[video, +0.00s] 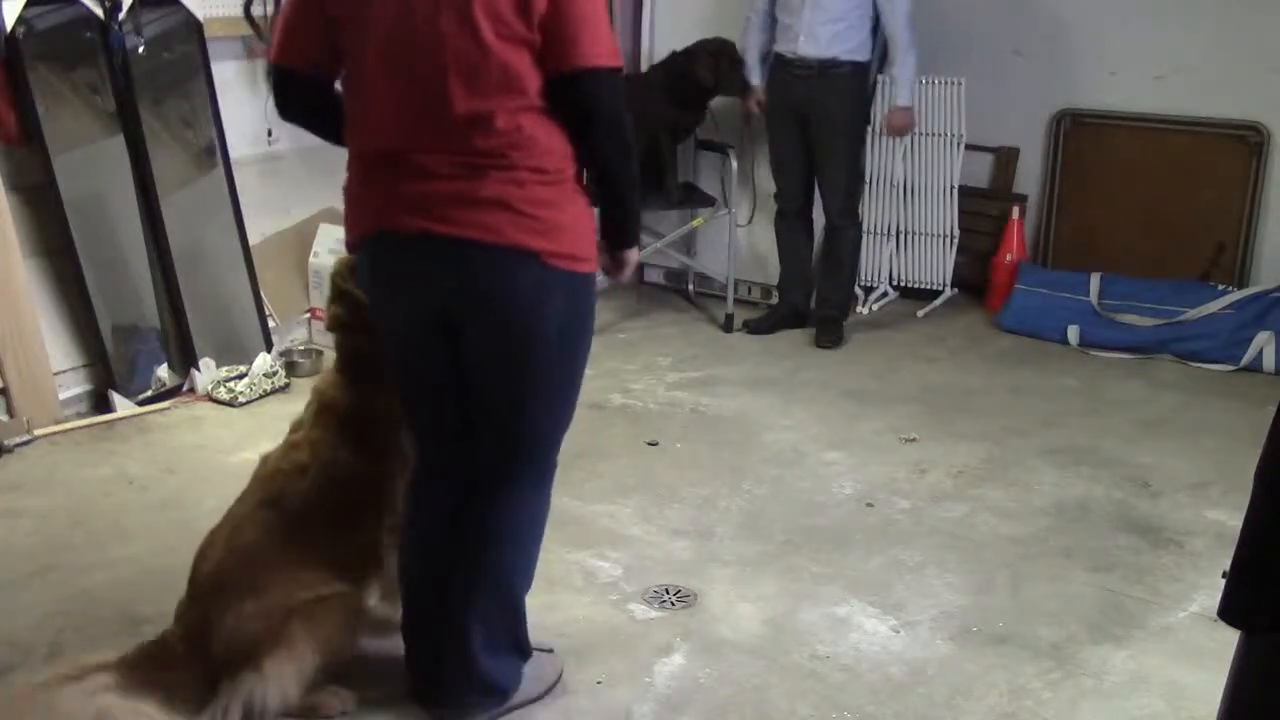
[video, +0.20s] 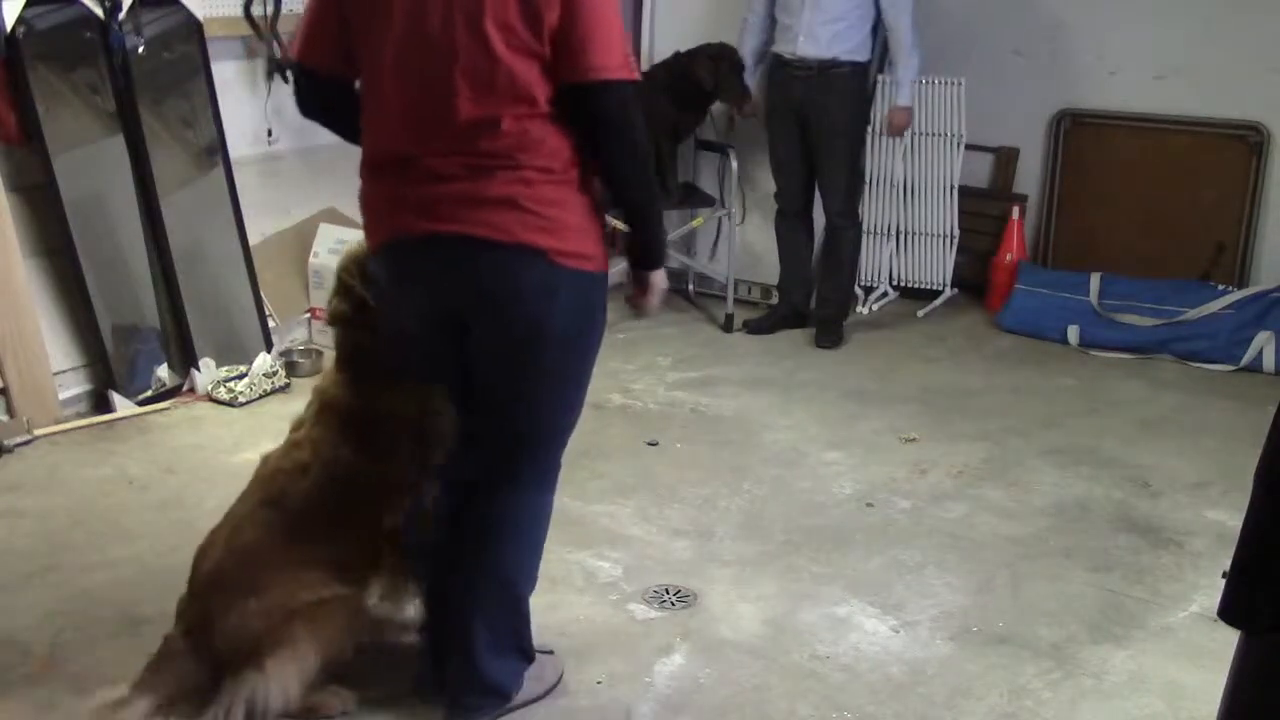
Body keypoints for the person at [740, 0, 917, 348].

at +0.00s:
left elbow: (898, 23)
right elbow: (759, 13)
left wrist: (902, 100)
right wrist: (755, 77)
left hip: (843, 80)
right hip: (786, 77)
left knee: (840, 209)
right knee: (790, 204)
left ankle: (831, 314)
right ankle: (793, 306)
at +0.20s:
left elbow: (900, 22)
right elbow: (758, 14)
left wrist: (903, 99)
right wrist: (744, 79)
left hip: (842, 81)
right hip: (785, 78)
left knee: (839, 209)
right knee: (790, 204)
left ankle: (831, 315)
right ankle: (792, 306)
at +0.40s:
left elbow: (891, 24)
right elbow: (758, 12)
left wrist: (877, 97)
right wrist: (735, 76)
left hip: (842, 79)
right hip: (786, 77)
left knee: (838, 210)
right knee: (790, 204)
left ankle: (831, 315)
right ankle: (792, 306)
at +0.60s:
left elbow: (890, 22)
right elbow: (757, 14)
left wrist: (867, 93)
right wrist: (731, 77)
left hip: (840, 81)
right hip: (784, 78)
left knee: (839, 209)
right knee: (789, 204)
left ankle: (831, 314)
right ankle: (792, 305)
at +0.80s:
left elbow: (888, 21)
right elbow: (756, 15)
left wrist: (876, 99)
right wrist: (731, 83)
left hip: (841, 79)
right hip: (783, 76)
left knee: (838, 210)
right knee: (789, 204)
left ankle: (831, 313)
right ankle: (792, 305)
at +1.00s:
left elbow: (891, 23)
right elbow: (755, 17)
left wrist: (883, 98)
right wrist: (732, 81)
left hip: (839, 80)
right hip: (782, 78)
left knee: (837, 210)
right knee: (788, 205)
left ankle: (831, 314)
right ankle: (792, 305)